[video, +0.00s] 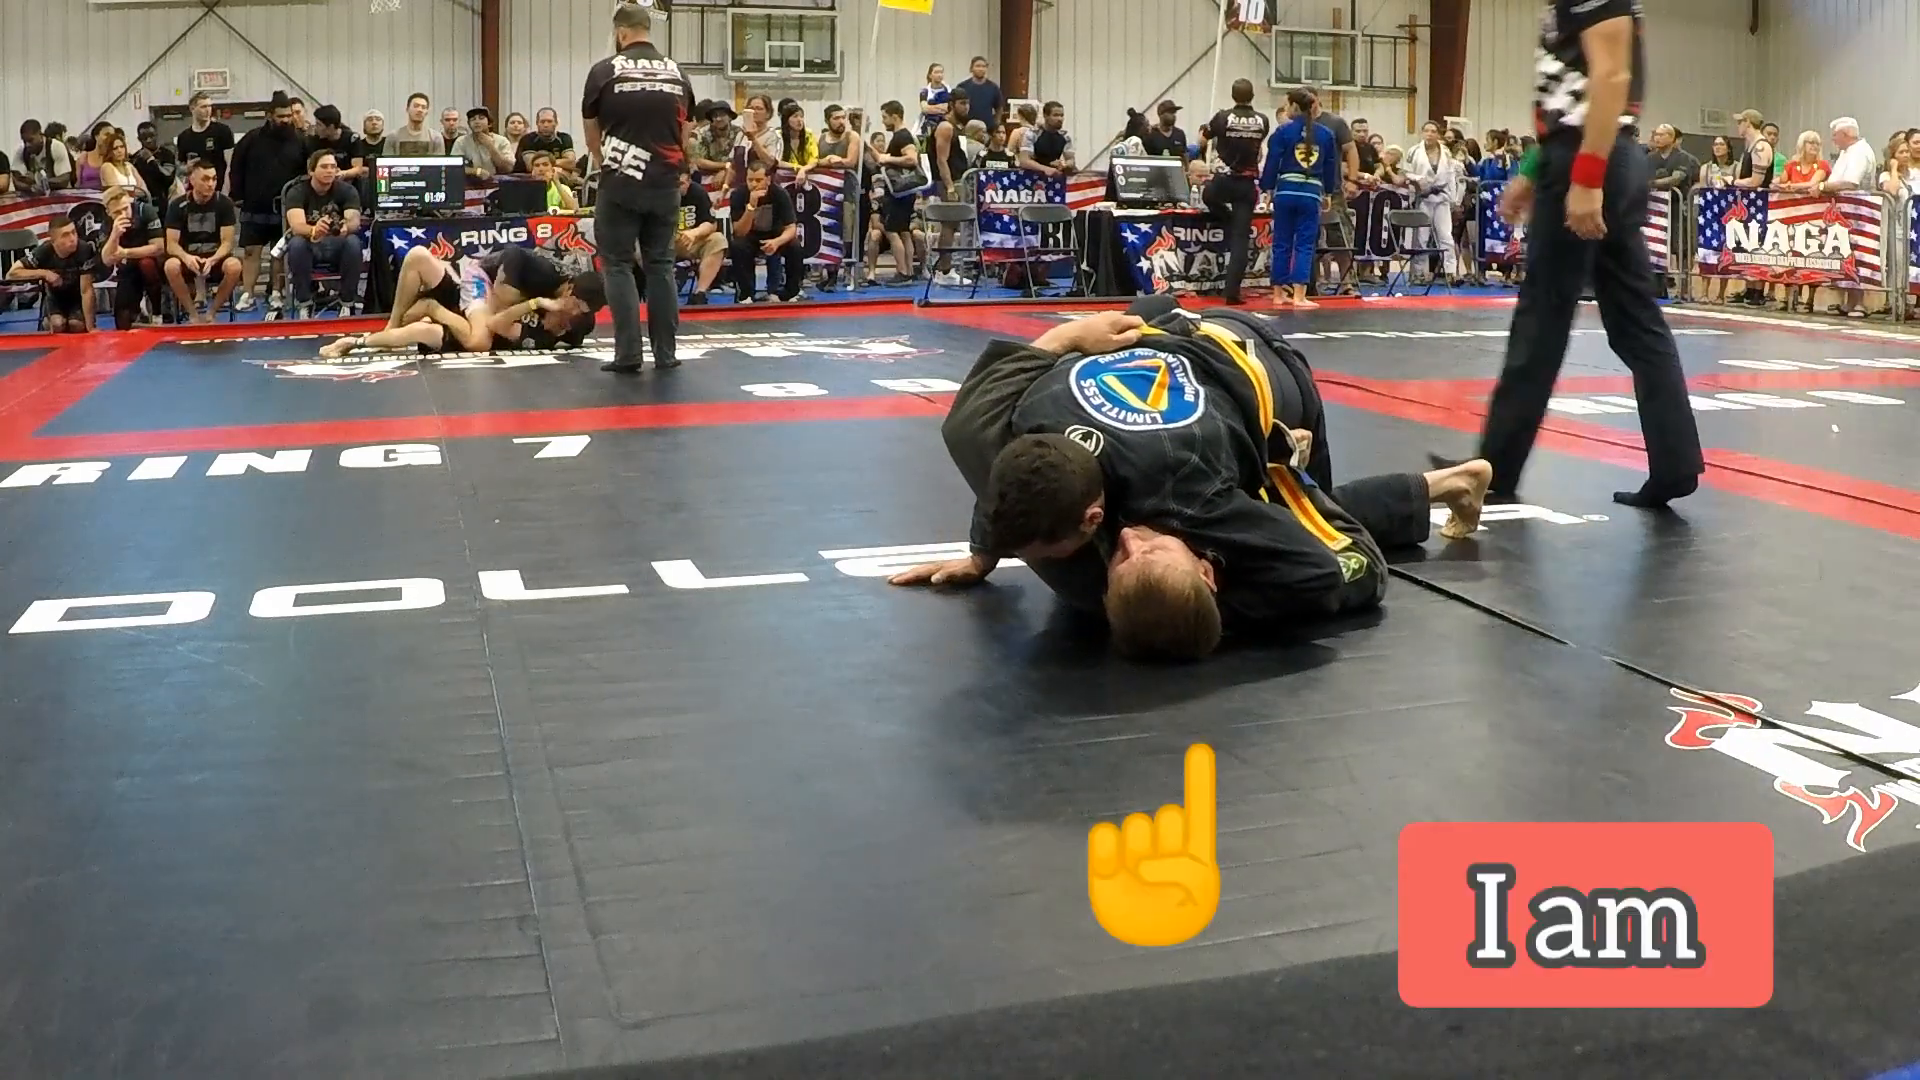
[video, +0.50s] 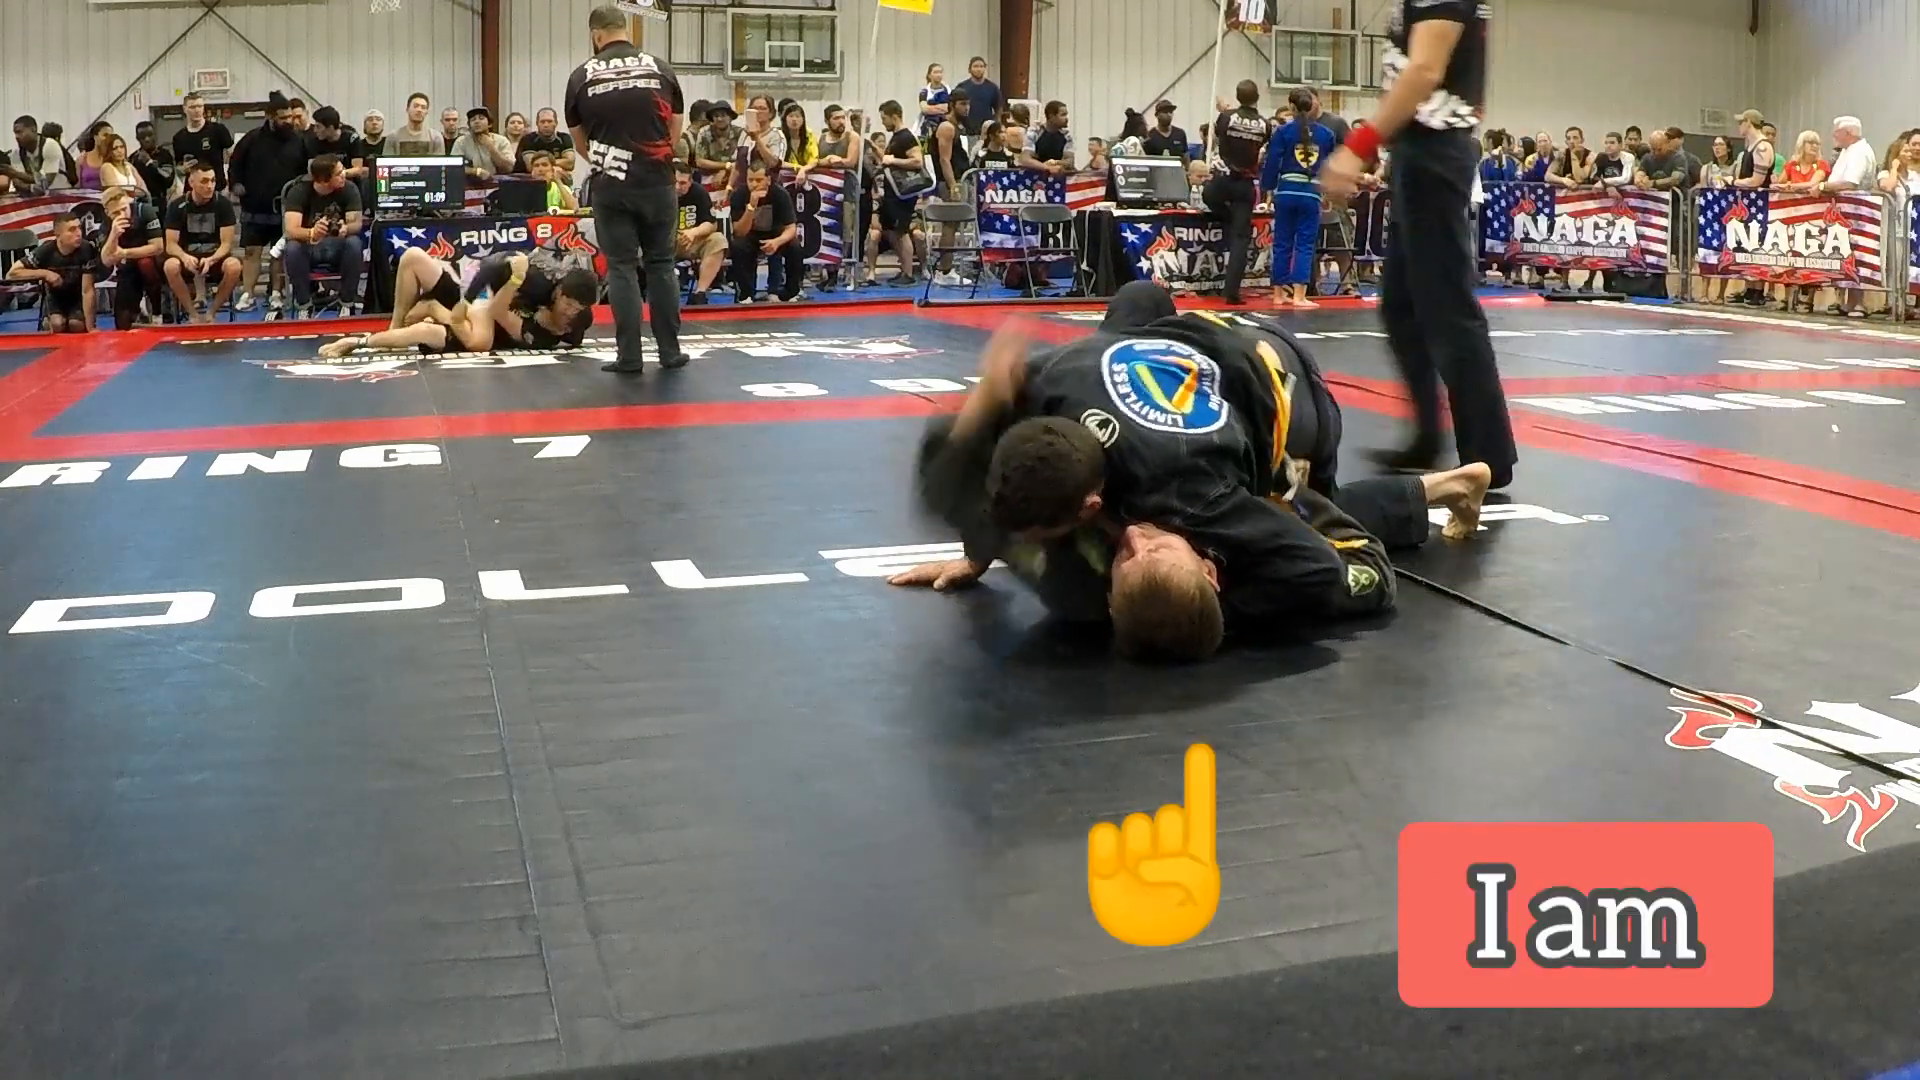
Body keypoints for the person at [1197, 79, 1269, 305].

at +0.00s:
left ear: (1233, 96)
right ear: (1252, 97)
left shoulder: (1222, 117)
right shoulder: (1262, 120)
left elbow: (1207, 134)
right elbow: (1259, 141)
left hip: (1224, 179)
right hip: (1248, 182)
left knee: (1209, 197)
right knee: (1240, 239)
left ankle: (1230, 221)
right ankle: (1232, 293)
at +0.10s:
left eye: (1236, 94)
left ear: (1234, 97)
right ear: (1253, 98)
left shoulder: (1223, 116)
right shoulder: (1264, 121)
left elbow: (1203, 131)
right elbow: (1259, 145)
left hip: (1224, 179)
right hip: (1247, 182)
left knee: (1209, 197)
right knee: (1240, 239)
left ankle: (1231, 223)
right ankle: (1232, 293)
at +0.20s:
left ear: (1237, 97)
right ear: (1256, 99)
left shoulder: (1225, 115)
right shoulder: (1265, 122)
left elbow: (1205, 127)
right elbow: (1258, 141)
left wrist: (1205, 154)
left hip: (1224, 177)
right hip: (1247, 181)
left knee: (1210, 197)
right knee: (1240, 238)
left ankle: (1232, 223)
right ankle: (1231, 293)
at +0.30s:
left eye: (1240, 93)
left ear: (1238, 97)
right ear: (1257, 98)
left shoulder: (1226, 116)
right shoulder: (1265, 122)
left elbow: (1206, 126)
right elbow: (1268, 141)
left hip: (1224, 177)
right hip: (1247, 181)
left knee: (1210, 197)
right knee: (1240, 239)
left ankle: (1231, 222)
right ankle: (1232, 293)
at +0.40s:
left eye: (1239, 93)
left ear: (1237, 97)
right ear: (1257, 98)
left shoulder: (1225, 116)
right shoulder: (1266, 124)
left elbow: (1212, 128)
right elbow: (1265, 142)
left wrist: (1228, 110)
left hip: (1223, 176)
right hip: (1246, 181)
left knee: (1210, 197)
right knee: (1240, 238)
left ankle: (1232, 222)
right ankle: (1231, 293)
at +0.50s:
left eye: (1239, 94)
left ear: (1237, 97)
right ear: (1257, 98)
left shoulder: (1224, 117)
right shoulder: (1265, 125)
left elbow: (1217, 139)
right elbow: (1267, 147)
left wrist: (1224, 110)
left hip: (1224, 176)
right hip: (1247, 181)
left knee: (1210, 198)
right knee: (1241, 238)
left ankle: (1231, 219)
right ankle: (1231, 292)